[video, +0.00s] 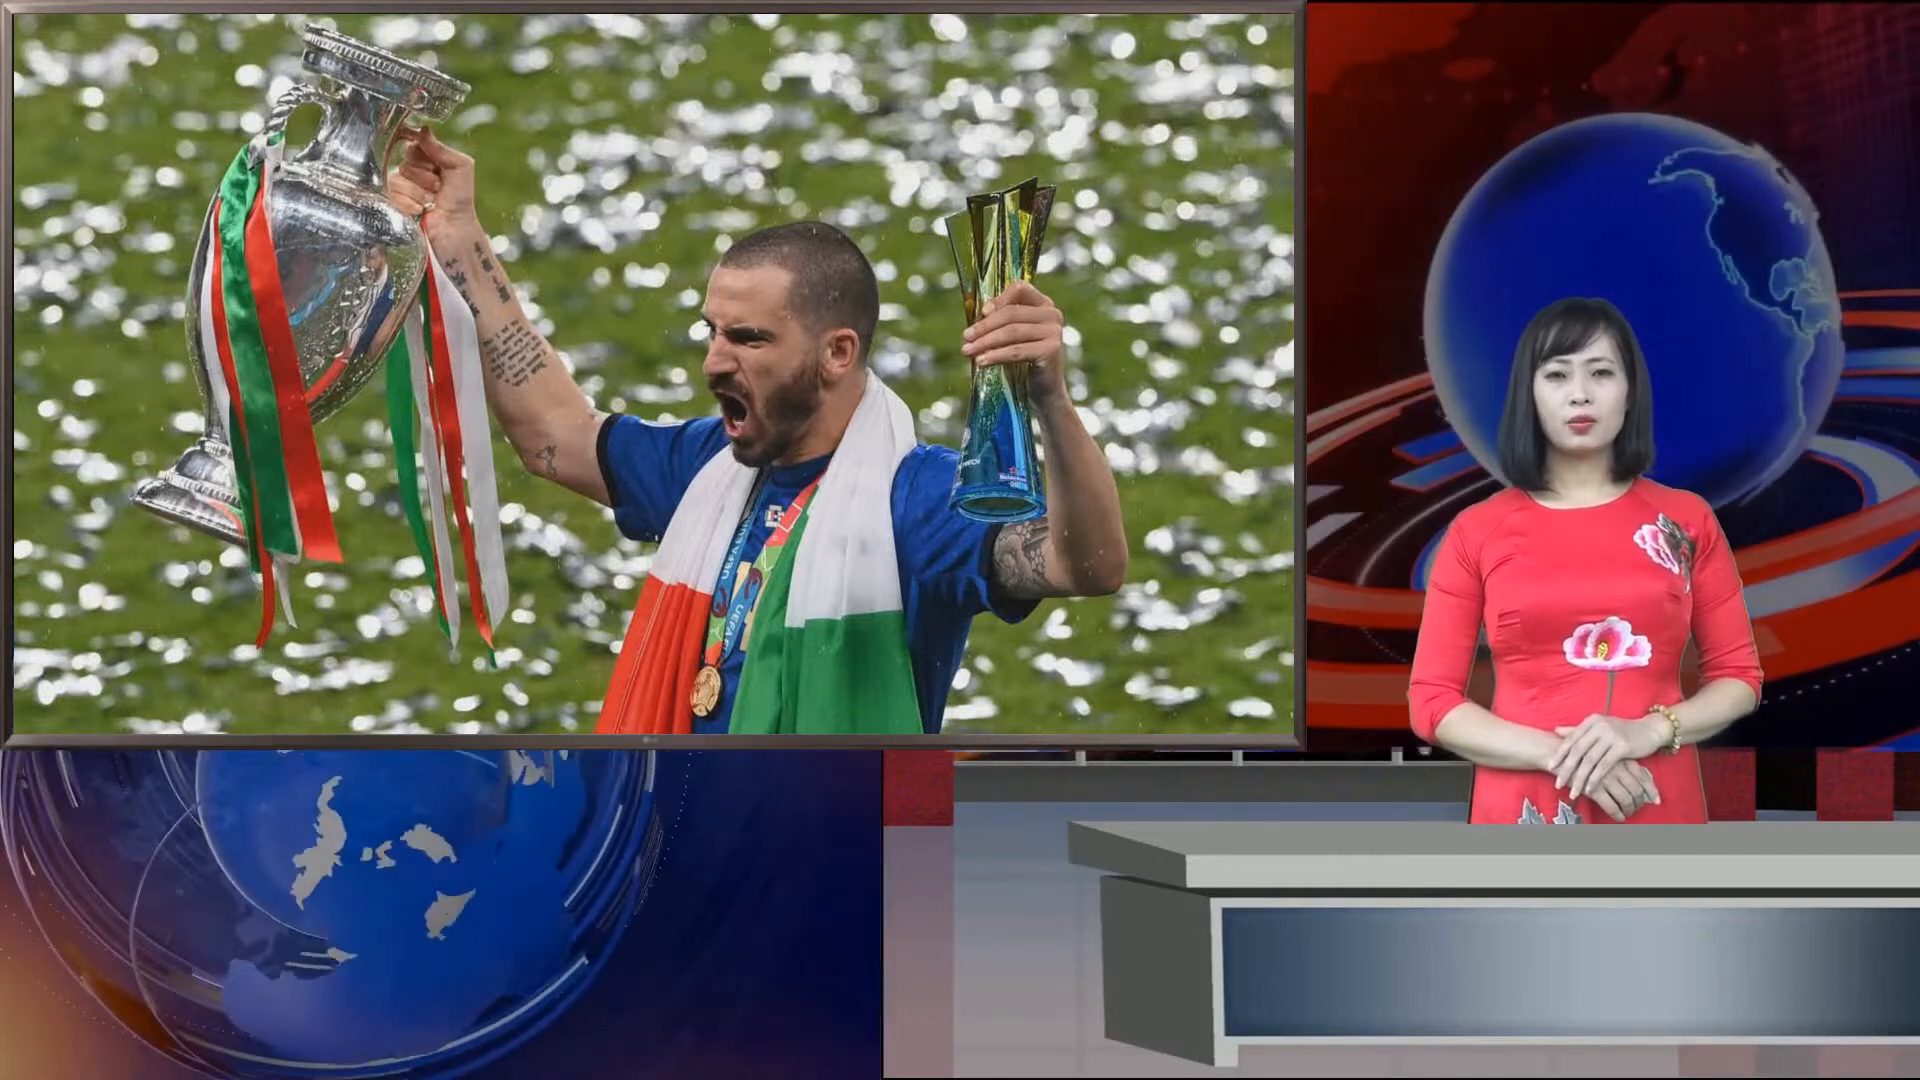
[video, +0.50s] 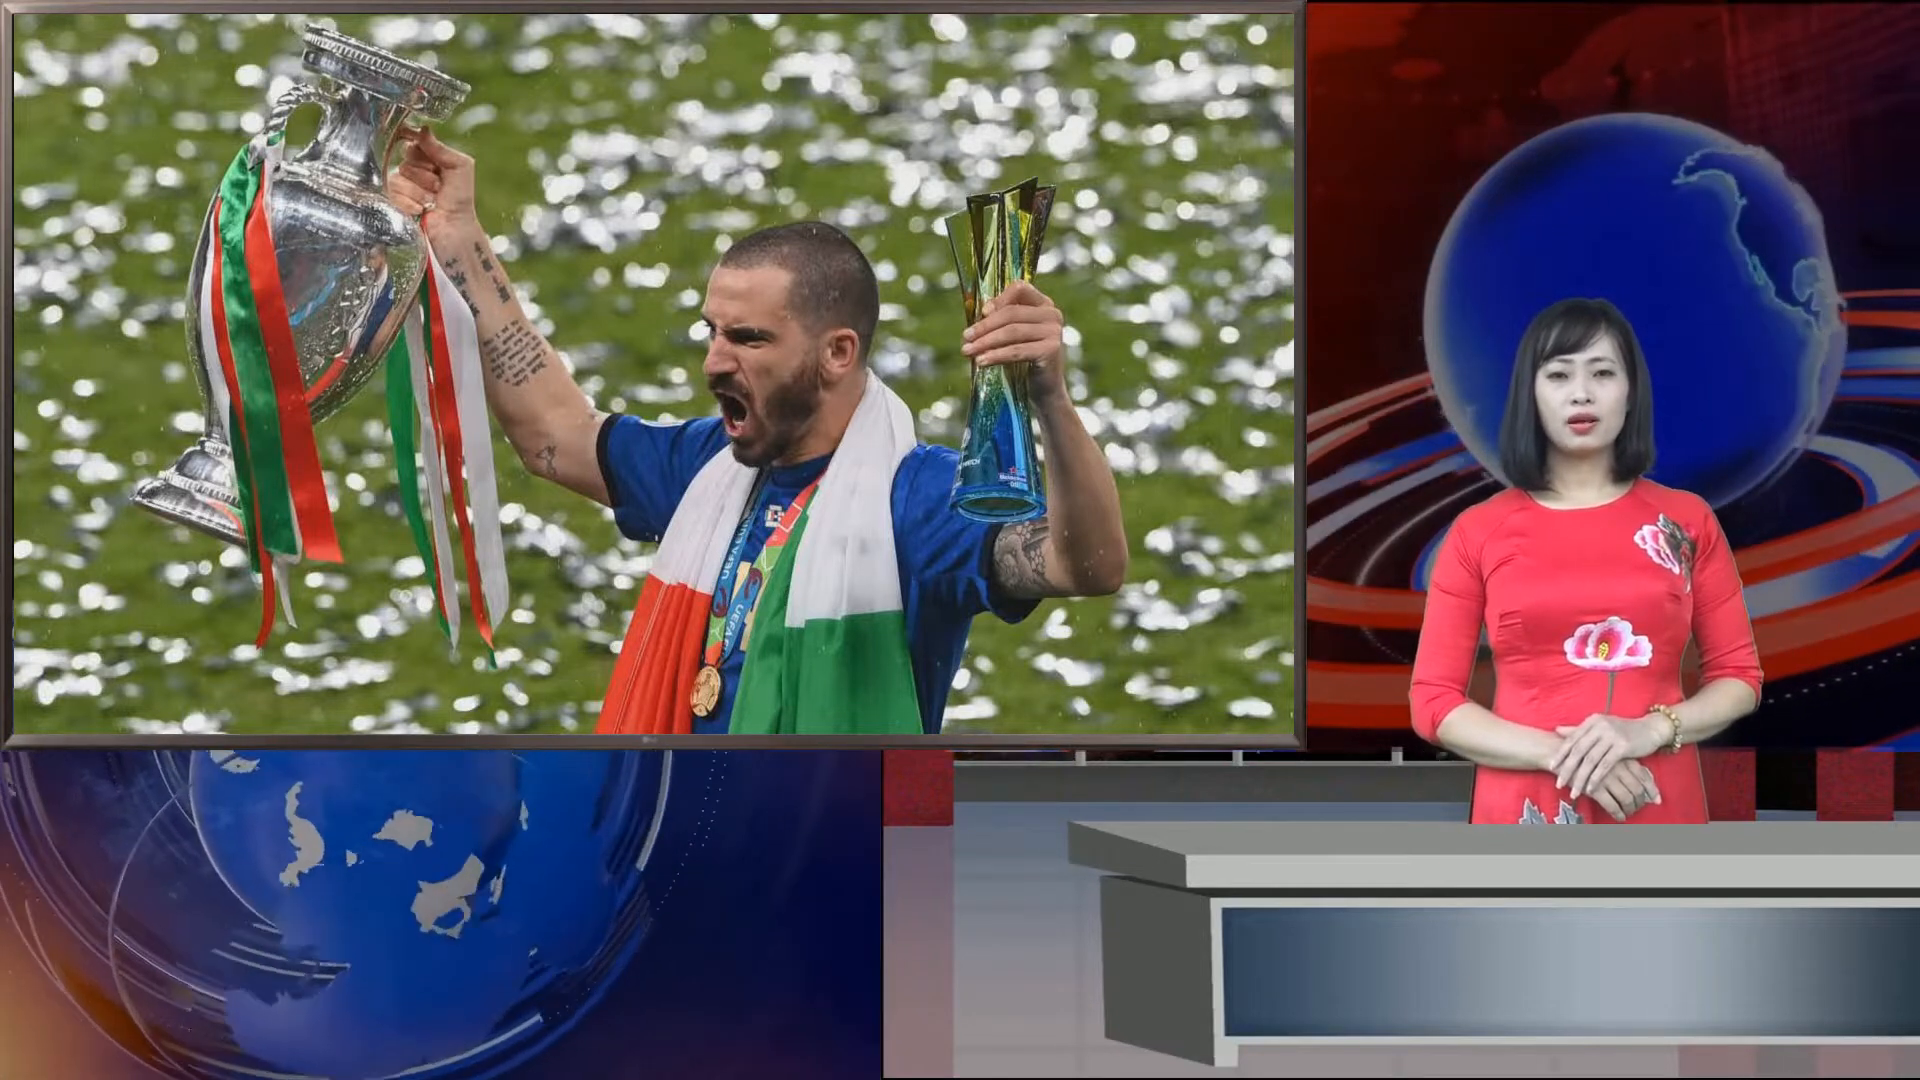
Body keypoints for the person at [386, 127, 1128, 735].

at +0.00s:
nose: (714, 362)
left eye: (747, 339)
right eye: (712, 334)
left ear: (839, 355)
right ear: (705, 327)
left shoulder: (915, 493)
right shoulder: (703, 465)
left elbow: (1089, 563)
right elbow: (557, 438)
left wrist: (1049, 399)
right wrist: (464, 254)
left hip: (824, 916)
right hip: (663, 902)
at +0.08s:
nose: (714, 362)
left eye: (747, 340)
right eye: (712, 334)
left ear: (839, 355)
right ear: (706, 328)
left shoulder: (914, 493)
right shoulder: (703, 466)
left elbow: (1089, 563)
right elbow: (557, 438)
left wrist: (1050, 399)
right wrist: (464, 253)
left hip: (825, 917)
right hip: (663, 902)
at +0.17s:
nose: (714, 362)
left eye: (747, 339)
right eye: (712, 334)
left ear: (839, 355)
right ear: (705, 328)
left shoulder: (914, 493)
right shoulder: (703, 465)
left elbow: (1089, 563)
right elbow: (557, 438)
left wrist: (1049, 399)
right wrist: (464, 253)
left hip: (825, 917)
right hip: (662, 901)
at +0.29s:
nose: (714, 362)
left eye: (747, 340)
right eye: (712, 334)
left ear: (839, 355)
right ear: (706, 328)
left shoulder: (914, 493)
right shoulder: (703, 466)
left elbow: (1089, 563)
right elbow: (557, 438)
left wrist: (1050, 399)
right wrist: (464, 253)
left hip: (825, 915)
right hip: (663, 900)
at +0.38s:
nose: (714, 362)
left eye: (747, 340)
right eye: (712, 335)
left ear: (839, 355)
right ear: (706, 328)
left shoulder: (914, 493)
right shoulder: (703, 466)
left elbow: (1089, 564)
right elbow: (557, 438)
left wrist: (1050, 399)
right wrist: (464, 253)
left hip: (825, 913)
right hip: (665, 898)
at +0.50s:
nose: (714, 362)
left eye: (747, 340)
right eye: (712, 334)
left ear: (839, 355)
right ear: (706, 328)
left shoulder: (914, 493)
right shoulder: (703, 466)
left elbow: (1089, 563)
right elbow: (557, 438)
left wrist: (1050, 399)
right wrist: (464, 253)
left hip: (824, 916)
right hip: (662, 899)